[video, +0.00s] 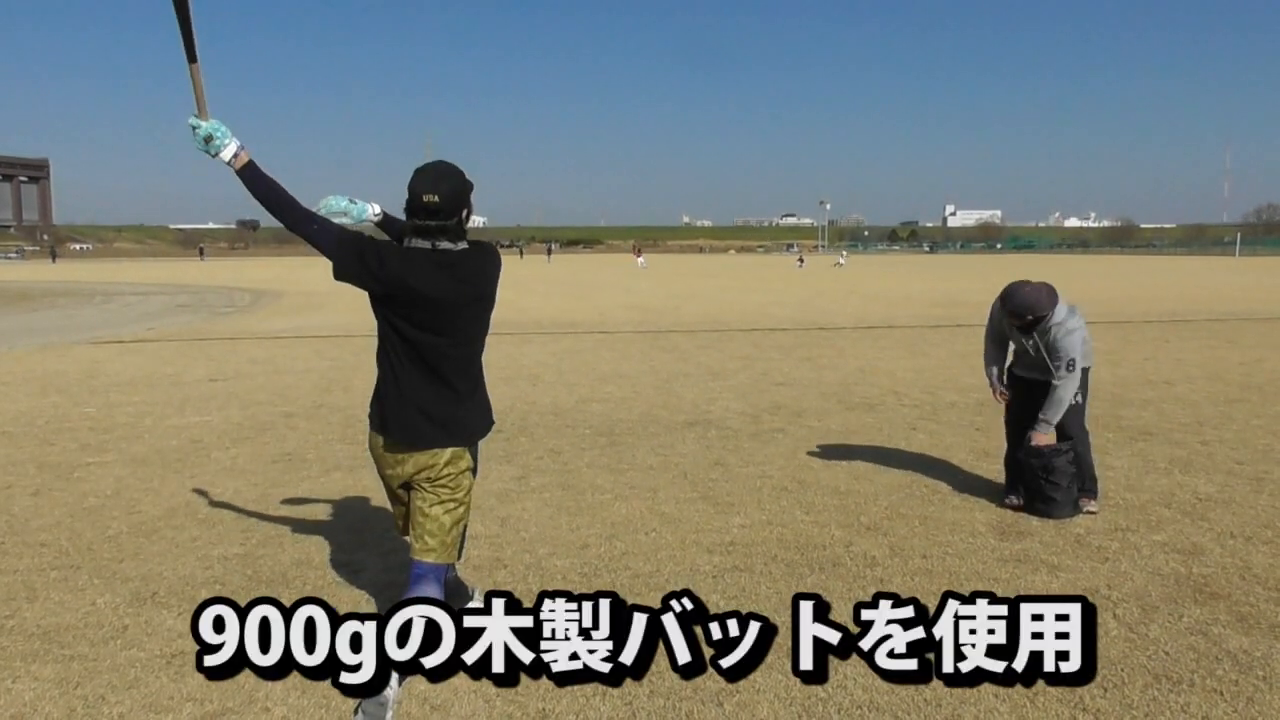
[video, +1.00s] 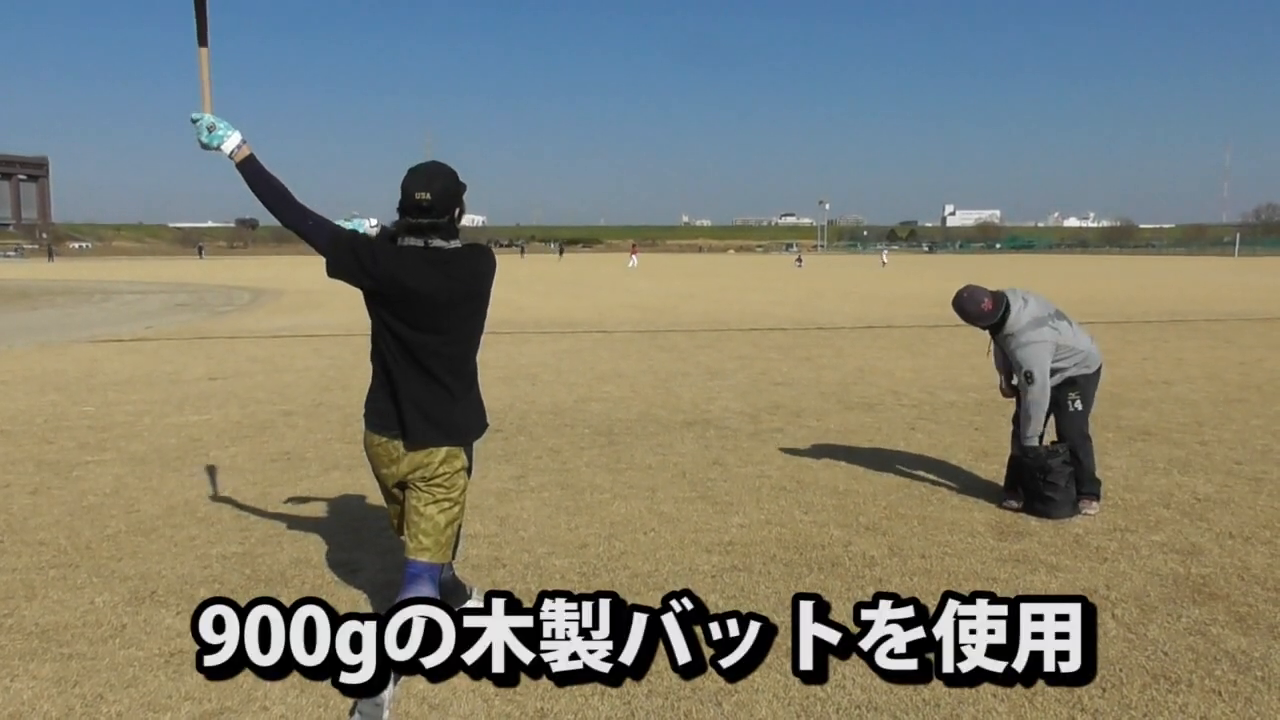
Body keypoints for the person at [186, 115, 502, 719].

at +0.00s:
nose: (461, 212)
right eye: (465, 205)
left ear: (410, 211)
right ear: (465, 215)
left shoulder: (385, 261)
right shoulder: (485, 263)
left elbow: (301, 218)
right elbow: (436, 242)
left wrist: (237, 157)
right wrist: (378, 216)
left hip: (388, 435)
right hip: (451, 438)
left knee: (424, 536)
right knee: (429, 570)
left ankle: (464, 603)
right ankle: (383, 689)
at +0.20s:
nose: (461, 212)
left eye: (420, 208)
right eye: (464, 205)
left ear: (409, 213)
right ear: (465, 215)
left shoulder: (383, 261)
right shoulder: (483, 264)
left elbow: (302, 216)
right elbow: (431, 242)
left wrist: (242, 150)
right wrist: (378, 222)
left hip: (386, 433)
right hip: (449, 438)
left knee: (421, 539)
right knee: (427, 570)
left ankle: (465, 607)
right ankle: (384, 687)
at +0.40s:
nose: (460, 212)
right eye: (463, 205)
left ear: (408, 211)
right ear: (465, 215)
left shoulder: (381, 259)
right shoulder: (483, 264)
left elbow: (302, 215)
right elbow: (434, 247)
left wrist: (245, 148)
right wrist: (378, 229)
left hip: (385, 433)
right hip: (448, 438)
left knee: (422, 539)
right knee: (426, 571)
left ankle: (464, 610)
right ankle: (383, 687)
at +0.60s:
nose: (461, 212)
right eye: (463, 205)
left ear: (407, 210)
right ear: (463, 215)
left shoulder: (380, 258)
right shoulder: (482, 264)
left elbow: (301, 216)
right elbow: (438, 251)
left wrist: (244, 147)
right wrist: (385, 234)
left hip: (385, 434)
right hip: (447, 440)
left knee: (419, 539)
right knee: (425, 573)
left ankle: (462, 606)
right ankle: (382, 689)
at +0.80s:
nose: (457, 212)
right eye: (459, 205)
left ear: (405, 209)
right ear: (460, 215)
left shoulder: (377, 257)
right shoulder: (480, 263)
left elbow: (298, 215)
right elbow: (437, 251)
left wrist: (242, 146)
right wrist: (385, 235)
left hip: (383, 432)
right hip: (446, 437)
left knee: (419, 537)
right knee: (424, 571)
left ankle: (460, 605)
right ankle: (380, 688)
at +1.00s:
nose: (455, 211)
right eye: (456, 204)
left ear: (403, 209)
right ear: (457, 215)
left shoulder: (376, 258)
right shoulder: (479, 264)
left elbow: (294, 215)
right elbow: (442, 248)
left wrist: (238, 149)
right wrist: (387, 236)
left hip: (383, 433)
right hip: (447, 437)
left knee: (420, 537)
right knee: (423, 572)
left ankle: (466, 608)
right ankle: (378, 691)